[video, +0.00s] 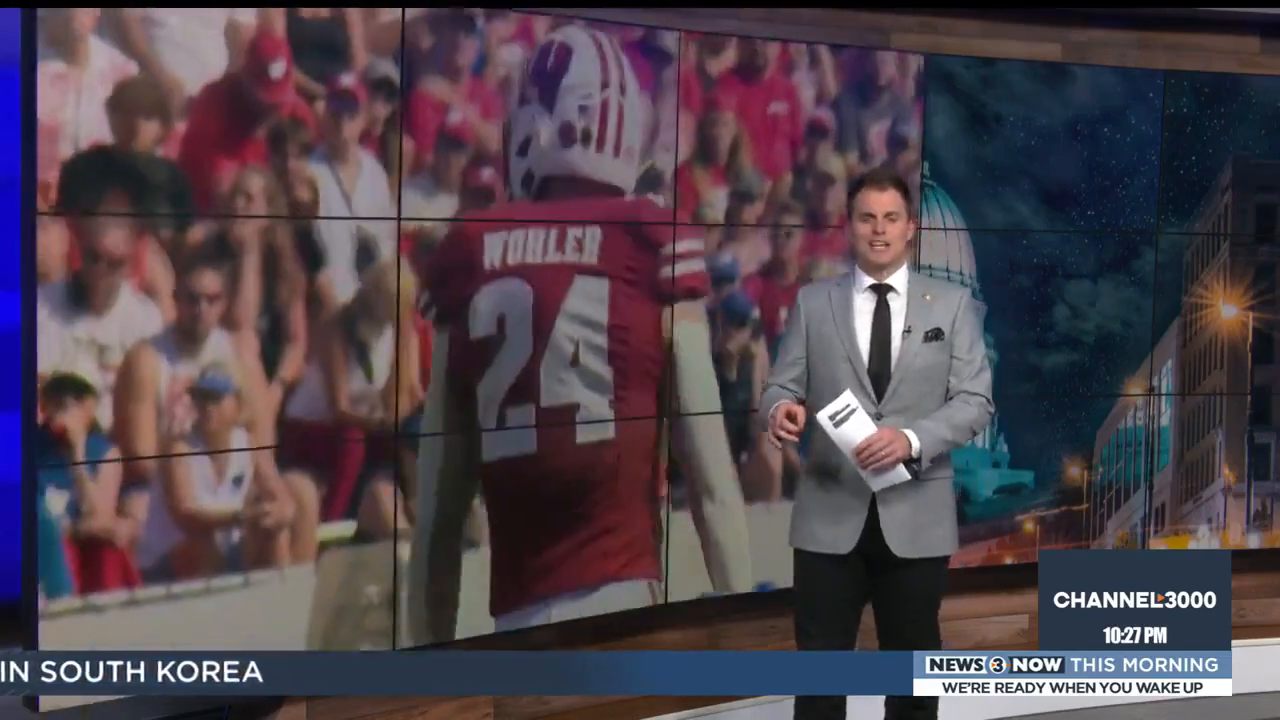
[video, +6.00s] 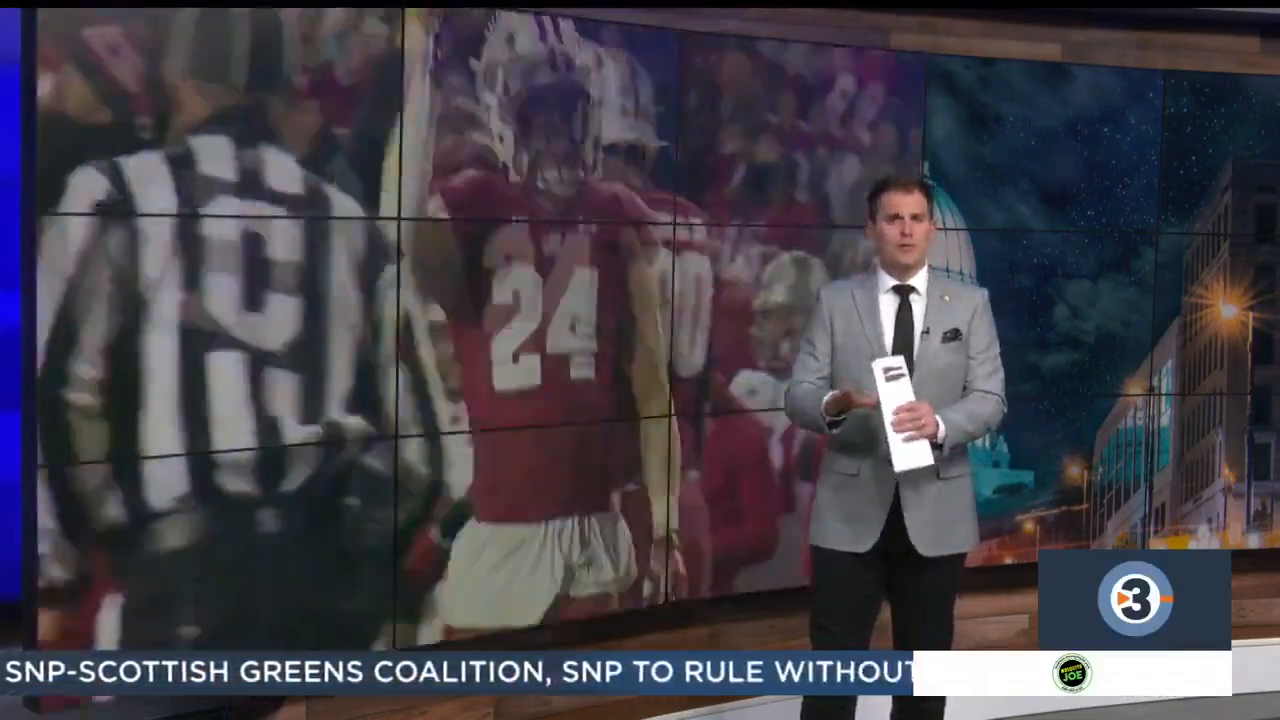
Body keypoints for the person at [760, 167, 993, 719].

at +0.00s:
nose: (878, 229)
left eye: (891, 217)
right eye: (866, 217)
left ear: (912, 227)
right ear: (850, 226)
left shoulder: (953, 304)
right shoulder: (813, 302)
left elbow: (974, 405)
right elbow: (782, 388)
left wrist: (912, 439)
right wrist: (779, 411)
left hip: (915, 517)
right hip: (828, 515)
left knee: (913, 672)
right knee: (819, 672)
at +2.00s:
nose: (887, 234)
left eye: (901, 223)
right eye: (876, 222)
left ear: (922, 230)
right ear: (862, 230)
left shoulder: (961, 301)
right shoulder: (825, 302)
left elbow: (987, 398)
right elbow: (777, 402)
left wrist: (952, 453)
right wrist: (809, 376)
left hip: (931, 514)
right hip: (846, 512)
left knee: (924, 674)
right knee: (831, 674)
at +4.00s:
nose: (901, 233)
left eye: (914, 220)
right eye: (890, 221)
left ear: (935, 229)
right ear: (875, 230)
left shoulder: (972, 304)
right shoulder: (837, 300)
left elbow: (997, 401)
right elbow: (796, 381)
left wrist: (960, 457)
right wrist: (798, 400)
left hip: (937, 515)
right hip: (853, 513)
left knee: (928, 674)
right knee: (835, 671)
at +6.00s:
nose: (907, 230)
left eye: (917, 218)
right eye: (894, 219)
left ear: (932, 228)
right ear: (872, 230)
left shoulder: (969, 302)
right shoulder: (836, 301)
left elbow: (989, 401)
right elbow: (799, 396)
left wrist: (941, 422)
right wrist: (832, 405)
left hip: (935, 509)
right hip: (849, 507)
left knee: (927, 668)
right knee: (833, 666)